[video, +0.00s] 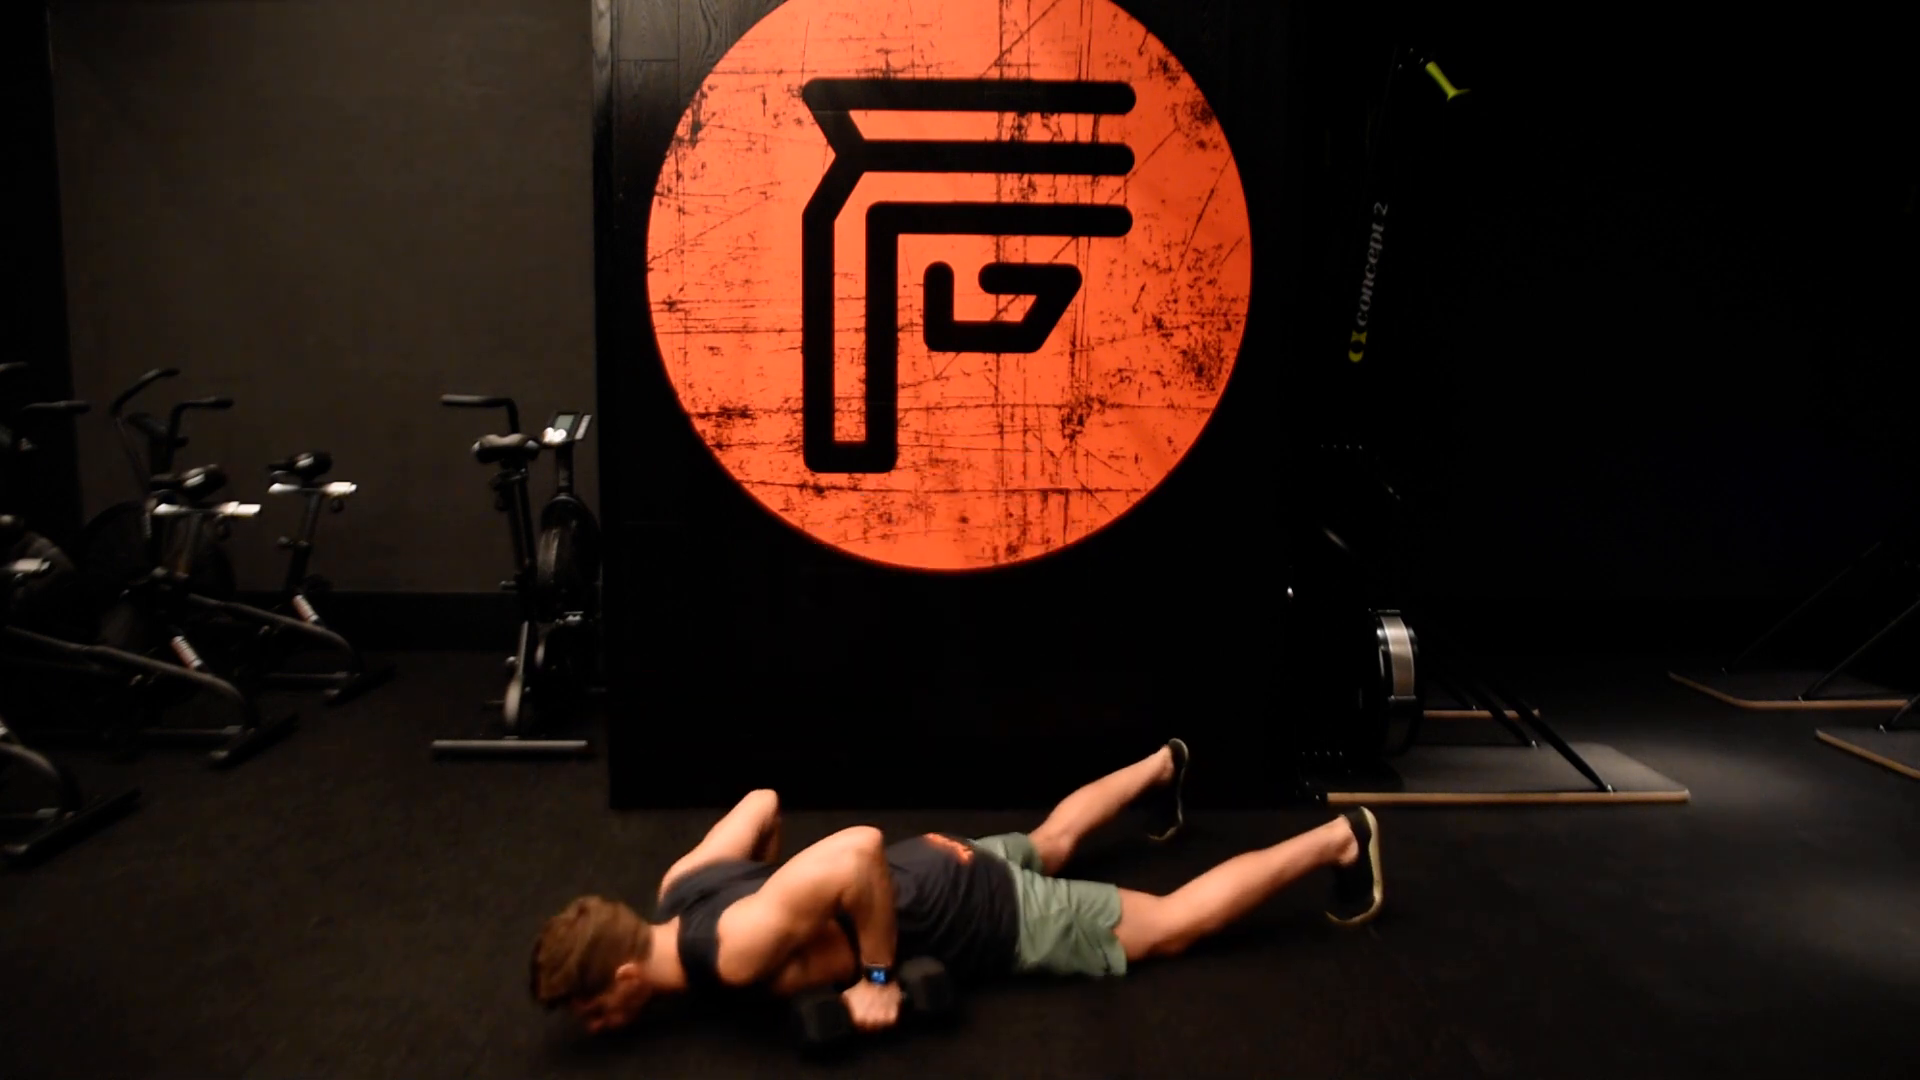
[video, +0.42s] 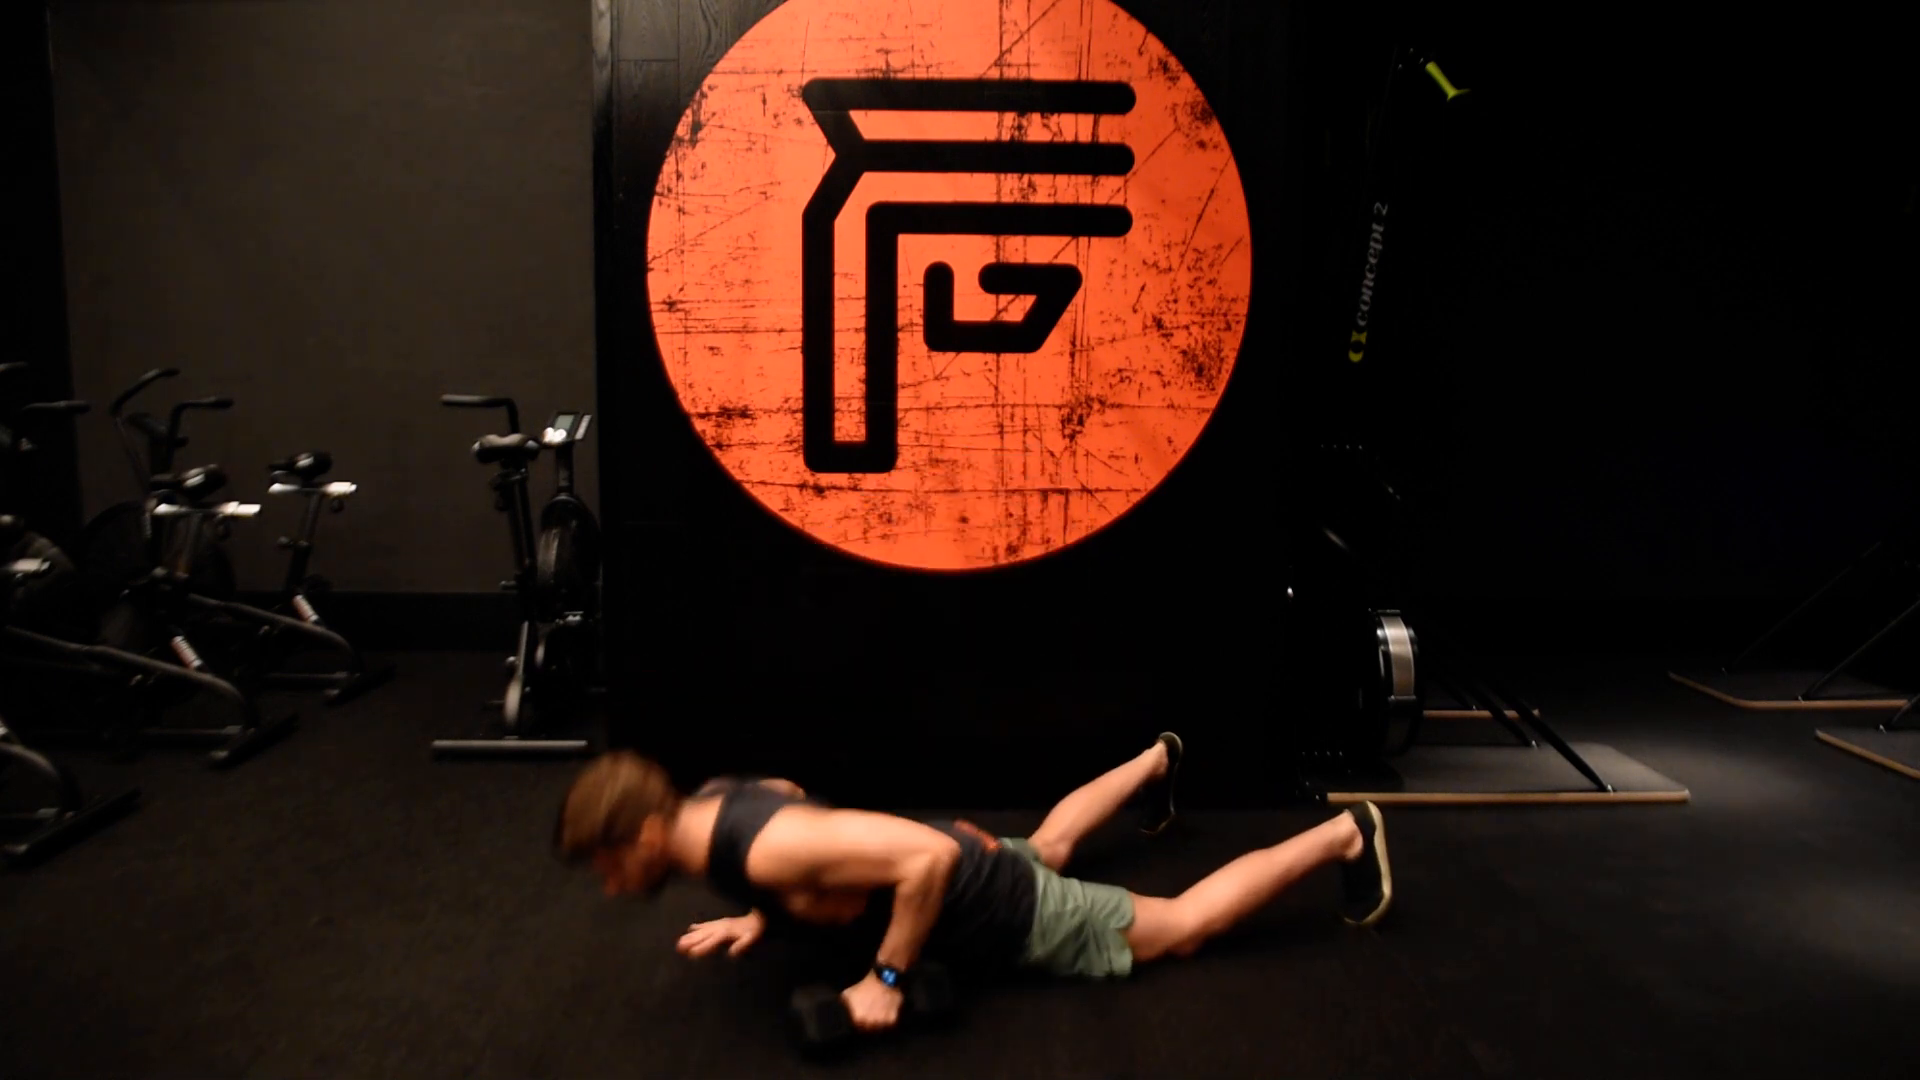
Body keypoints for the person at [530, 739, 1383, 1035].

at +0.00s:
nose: (595, 1027)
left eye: (591, 1014)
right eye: (585, 1016)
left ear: (620, 986)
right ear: (614, 946)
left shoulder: (734, 948)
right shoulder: (675, 895)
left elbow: (861, 855)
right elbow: (759, 805)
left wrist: (874, 977)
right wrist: (731, 893)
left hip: (982, 910)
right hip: (941, 855)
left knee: (1165, 923)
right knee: (1049, 841)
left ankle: (1334, 834)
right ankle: (1162, 758)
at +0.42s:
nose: (605, 880)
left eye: (603, 863)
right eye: (597, 868)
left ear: (634, 838)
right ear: (643, 818)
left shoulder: (760, 850)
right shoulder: (708, 813)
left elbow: (925, 856)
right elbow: (809, 827)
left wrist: (887, 980)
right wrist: (758, 914)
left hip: (1001, 898)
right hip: (954, 861)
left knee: (1179, 923)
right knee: (1046, 845)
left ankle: (1344, 830)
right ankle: (1155, 755)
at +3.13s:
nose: (681, 641)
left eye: (676, 622)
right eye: (669, 630)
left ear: (702, 570)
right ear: (698, 570)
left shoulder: (837, 582)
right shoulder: (763, 615)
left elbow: (871, 772)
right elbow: (791, 755)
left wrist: (868, 927)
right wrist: (792, 895)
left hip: (1042, 591)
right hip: (946, 609)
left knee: (962, 780)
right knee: (829, 709)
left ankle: (1023, 1005)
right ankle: (879, 903)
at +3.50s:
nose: (715, 763)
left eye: (703, 753)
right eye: (699, 762)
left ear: (710, 711)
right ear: (705, 703)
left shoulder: (810, 683)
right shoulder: (735, 642)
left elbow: (850, 879)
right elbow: (774, 794)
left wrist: (844, 1036)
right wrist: (788, 935)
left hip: (1014, 539)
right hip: (925, 540)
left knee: (965, 770)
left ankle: (1027, 1000)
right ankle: (889, 895)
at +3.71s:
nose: (673, 786)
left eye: (660, 774)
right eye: (657, 782)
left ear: (677, 729)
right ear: (670, 710)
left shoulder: (781, 708)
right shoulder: (713, 663)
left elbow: (842, 894)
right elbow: (762, 807)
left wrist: (847, 1040)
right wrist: (789, 939)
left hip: (1002, 563)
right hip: (923, 574)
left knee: (1085, 792)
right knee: (937, 719)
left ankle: (1277, 838)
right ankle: (1077, 749)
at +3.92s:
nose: (632, 799)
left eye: (625, 783)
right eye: (617, 789)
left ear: (648, 742)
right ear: (651, 710)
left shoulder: (795, 755)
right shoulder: (730, 678)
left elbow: (885, 916)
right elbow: (792, 807)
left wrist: (876, 1051)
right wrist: (794, 931)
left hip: (1033, 748)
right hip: (982, 726)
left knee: (1199, 835)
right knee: (1148, 795)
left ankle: (1394, 874)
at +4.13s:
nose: (647, 897)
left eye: (640, 884)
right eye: (634, 888)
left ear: (667, 857)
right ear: (674, 820)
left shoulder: (823, 855)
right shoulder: (741, 793)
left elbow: (957, 941)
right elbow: (812, 844)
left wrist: (888, 1053)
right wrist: (791, 936)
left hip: (1046, 881)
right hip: (989, 834)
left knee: (1232, 922)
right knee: (1083, 844)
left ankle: (1416, 870)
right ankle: (1199, 787)